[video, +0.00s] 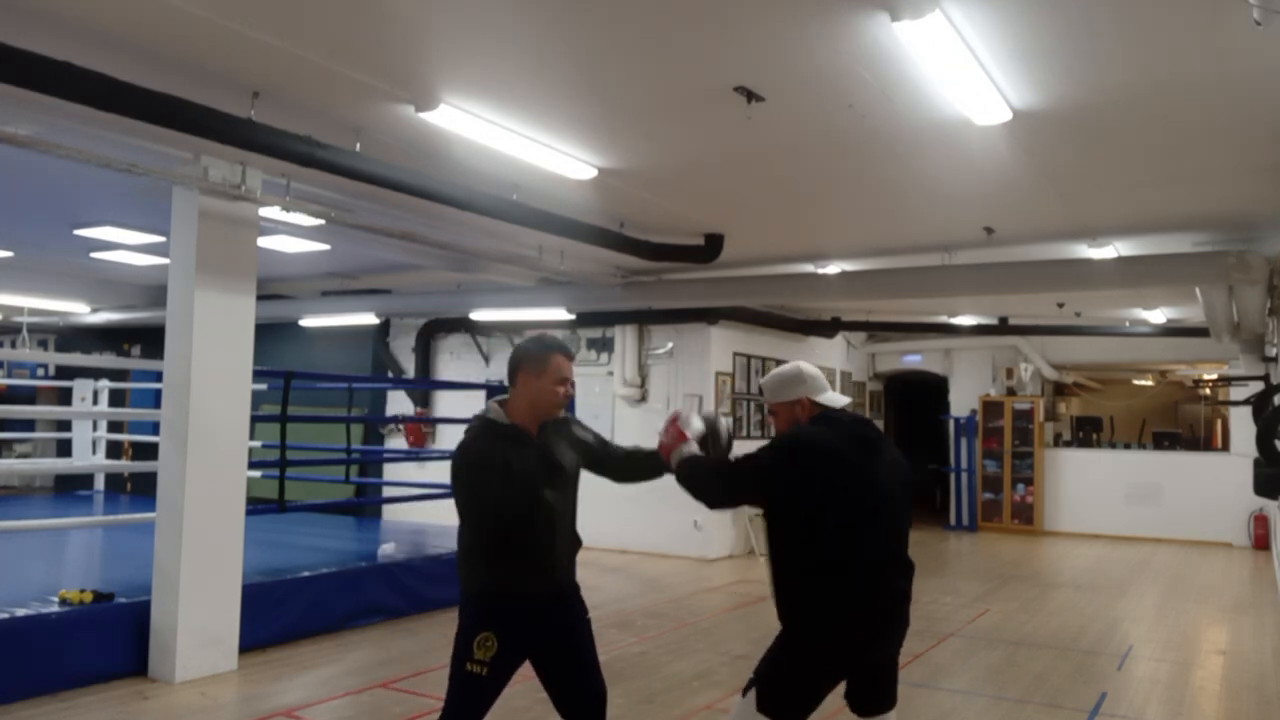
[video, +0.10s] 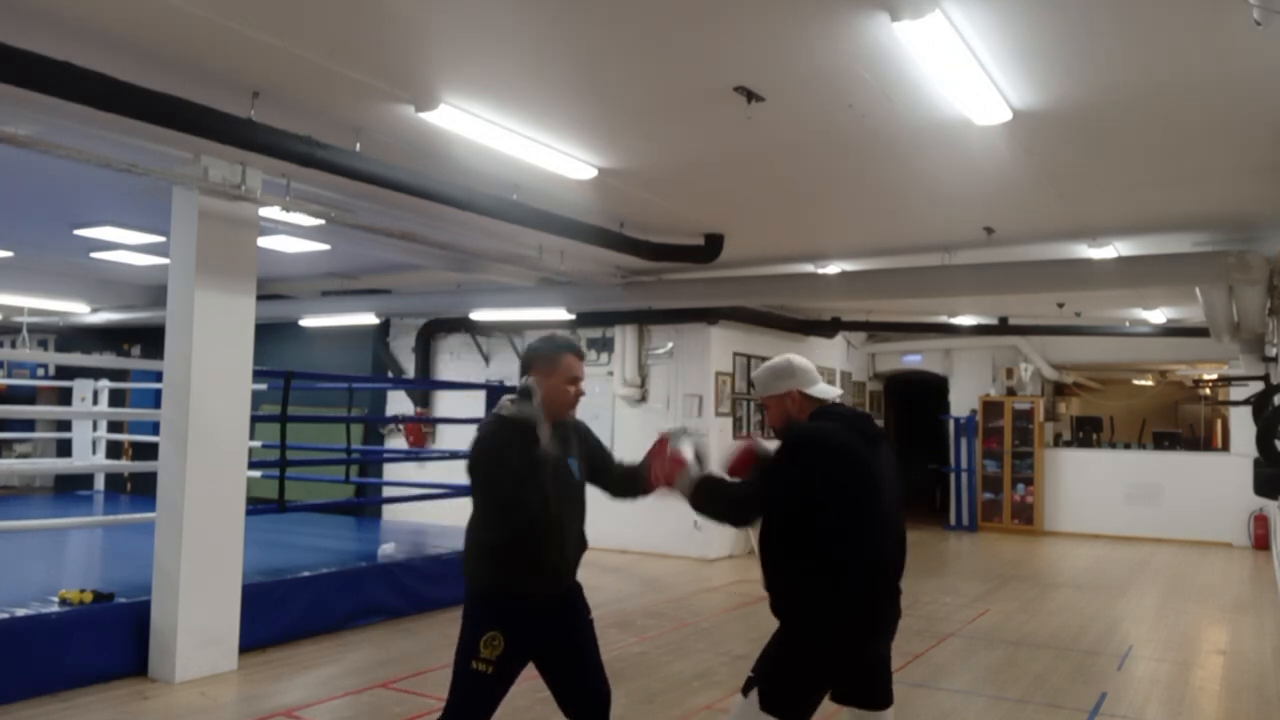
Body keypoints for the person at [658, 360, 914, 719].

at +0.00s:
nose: (773, 425)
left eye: (775, 414)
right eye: (770, 415)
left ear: (803, 407)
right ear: (811, 404)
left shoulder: (798, 450)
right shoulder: (879, 445)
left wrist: (681, 455)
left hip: (824, 619)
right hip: (885, 612)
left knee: (754, 710)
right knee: (875, 710)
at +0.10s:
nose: (765, 420)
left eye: (767, 407)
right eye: (762, 409)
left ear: (793, 399)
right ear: (801, 397)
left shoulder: (805, 443)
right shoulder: (864, 433)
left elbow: (742, 507)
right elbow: (826, 491)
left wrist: (687, 478)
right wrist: (766, 464)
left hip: (818, 617)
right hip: (872, 610)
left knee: (754, 710)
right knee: (871, 711)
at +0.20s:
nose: (758, 417)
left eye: (760, 404)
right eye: (756, 406)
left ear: (786, 396)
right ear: (788, 396)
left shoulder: (828, 442)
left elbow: (796, 525)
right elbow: (769, 467)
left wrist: (728, 504)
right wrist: (704, 456)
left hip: (831, 615)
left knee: (760, 709)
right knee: (866, 711)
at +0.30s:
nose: (756, 418)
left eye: (757, 404)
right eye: (752, 406)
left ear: (785, 394)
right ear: (788, 394)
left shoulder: (822, 445)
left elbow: (795, 537)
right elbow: (762, 474)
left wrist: (739, 489)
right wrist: (692, 458)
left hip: (824, 624)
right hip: (867, 616)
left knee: (767, 711)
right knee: (875, 710)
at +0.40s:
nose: (741, 440)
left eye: (743, 427)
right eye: (738, 428)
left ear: (771, 421)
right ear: (774, 420)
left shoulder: (813, 465)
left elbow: (787, 566)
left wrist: (743, 507)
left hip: (845, 634)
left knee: (755, 711)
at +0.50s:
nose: (747, 478)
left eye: (746, 462)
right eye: (742, 463)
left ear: (773, 455)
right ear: (777, 453)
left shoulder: (797, 497)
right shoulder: (848, 479)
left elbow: (779, 586)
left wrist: (732, 535)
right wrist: (761, 522)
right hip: (894, 647)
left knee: (743, 710)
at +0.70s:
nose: (764, 428)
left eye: (768, 416)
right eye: (763, 418)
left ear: (796, 413)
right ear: (802, 411)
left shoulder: (818, 457)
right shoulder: (859, 442)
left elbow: (783, 542)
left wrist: (746, 480)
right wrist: (757, 477)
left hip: (840, 628)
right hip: (884, 618)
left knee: (759, 710)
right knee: (867, 709)